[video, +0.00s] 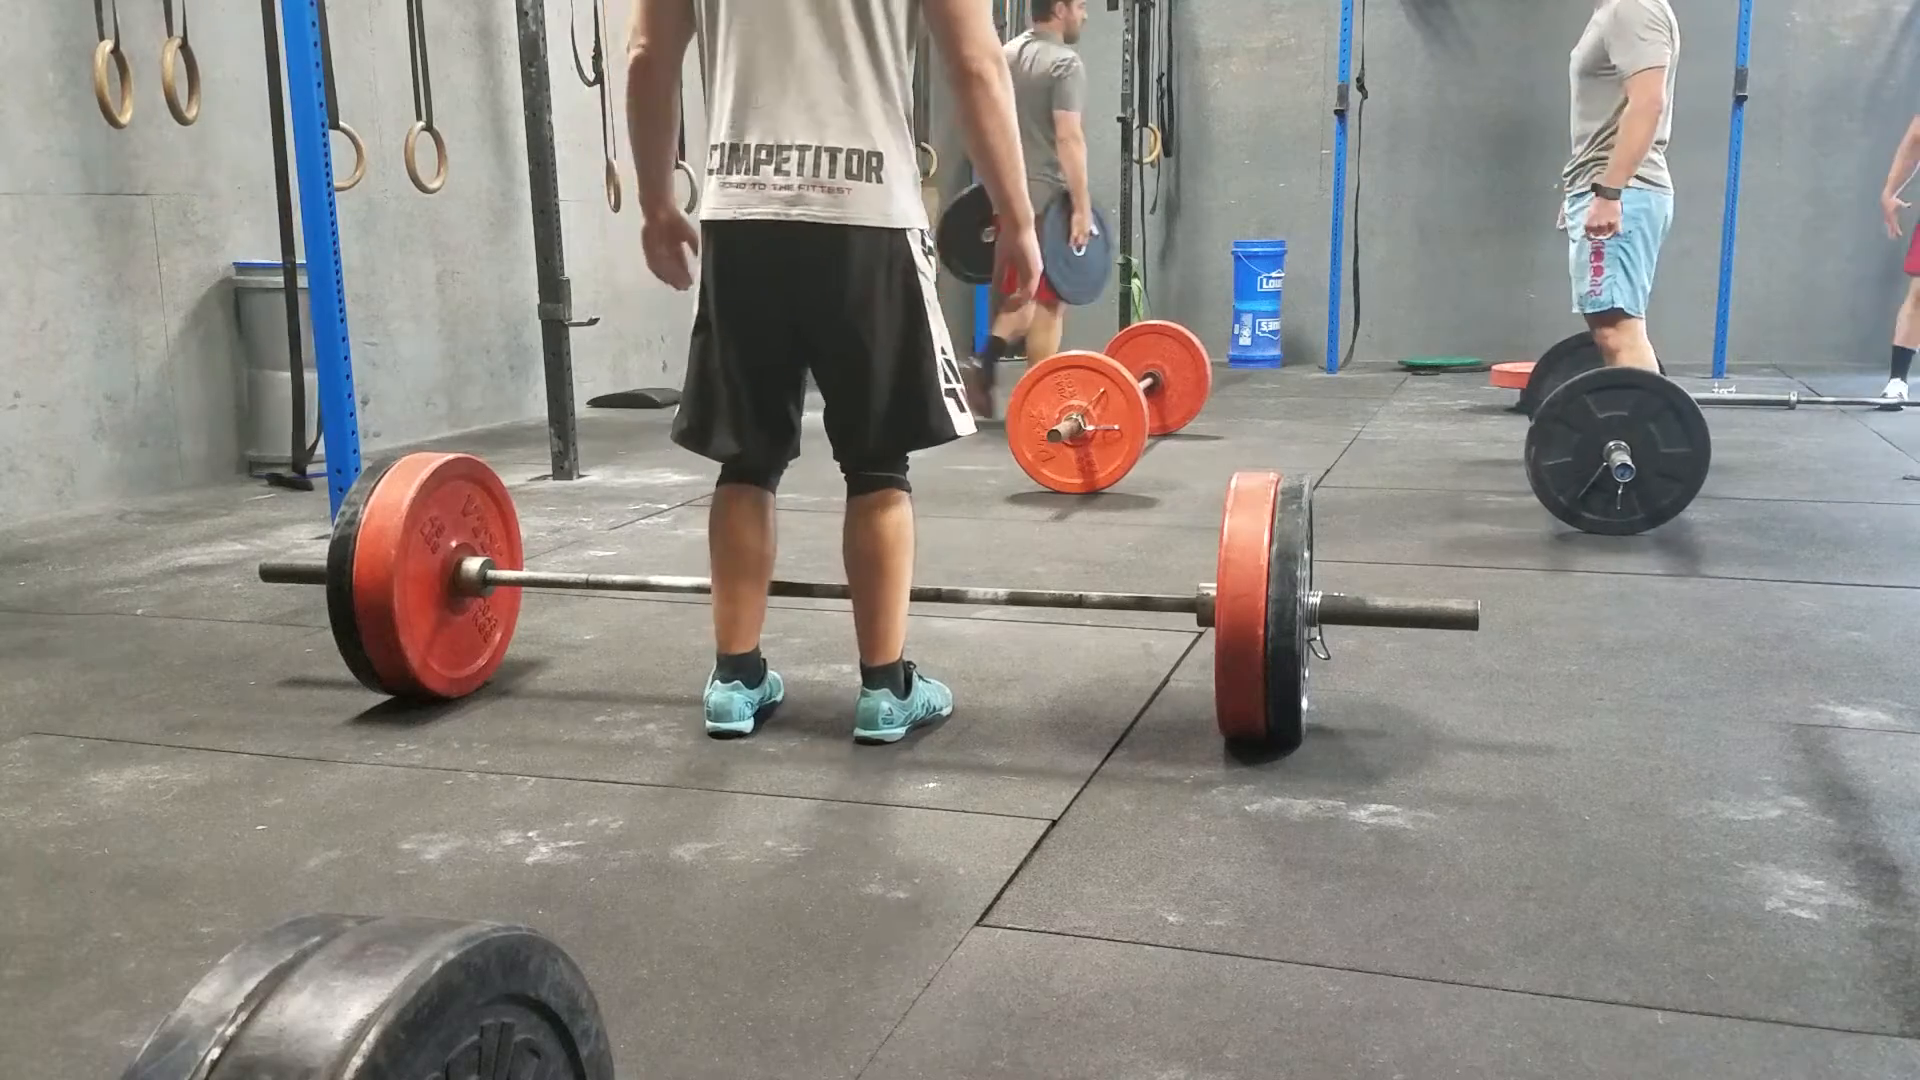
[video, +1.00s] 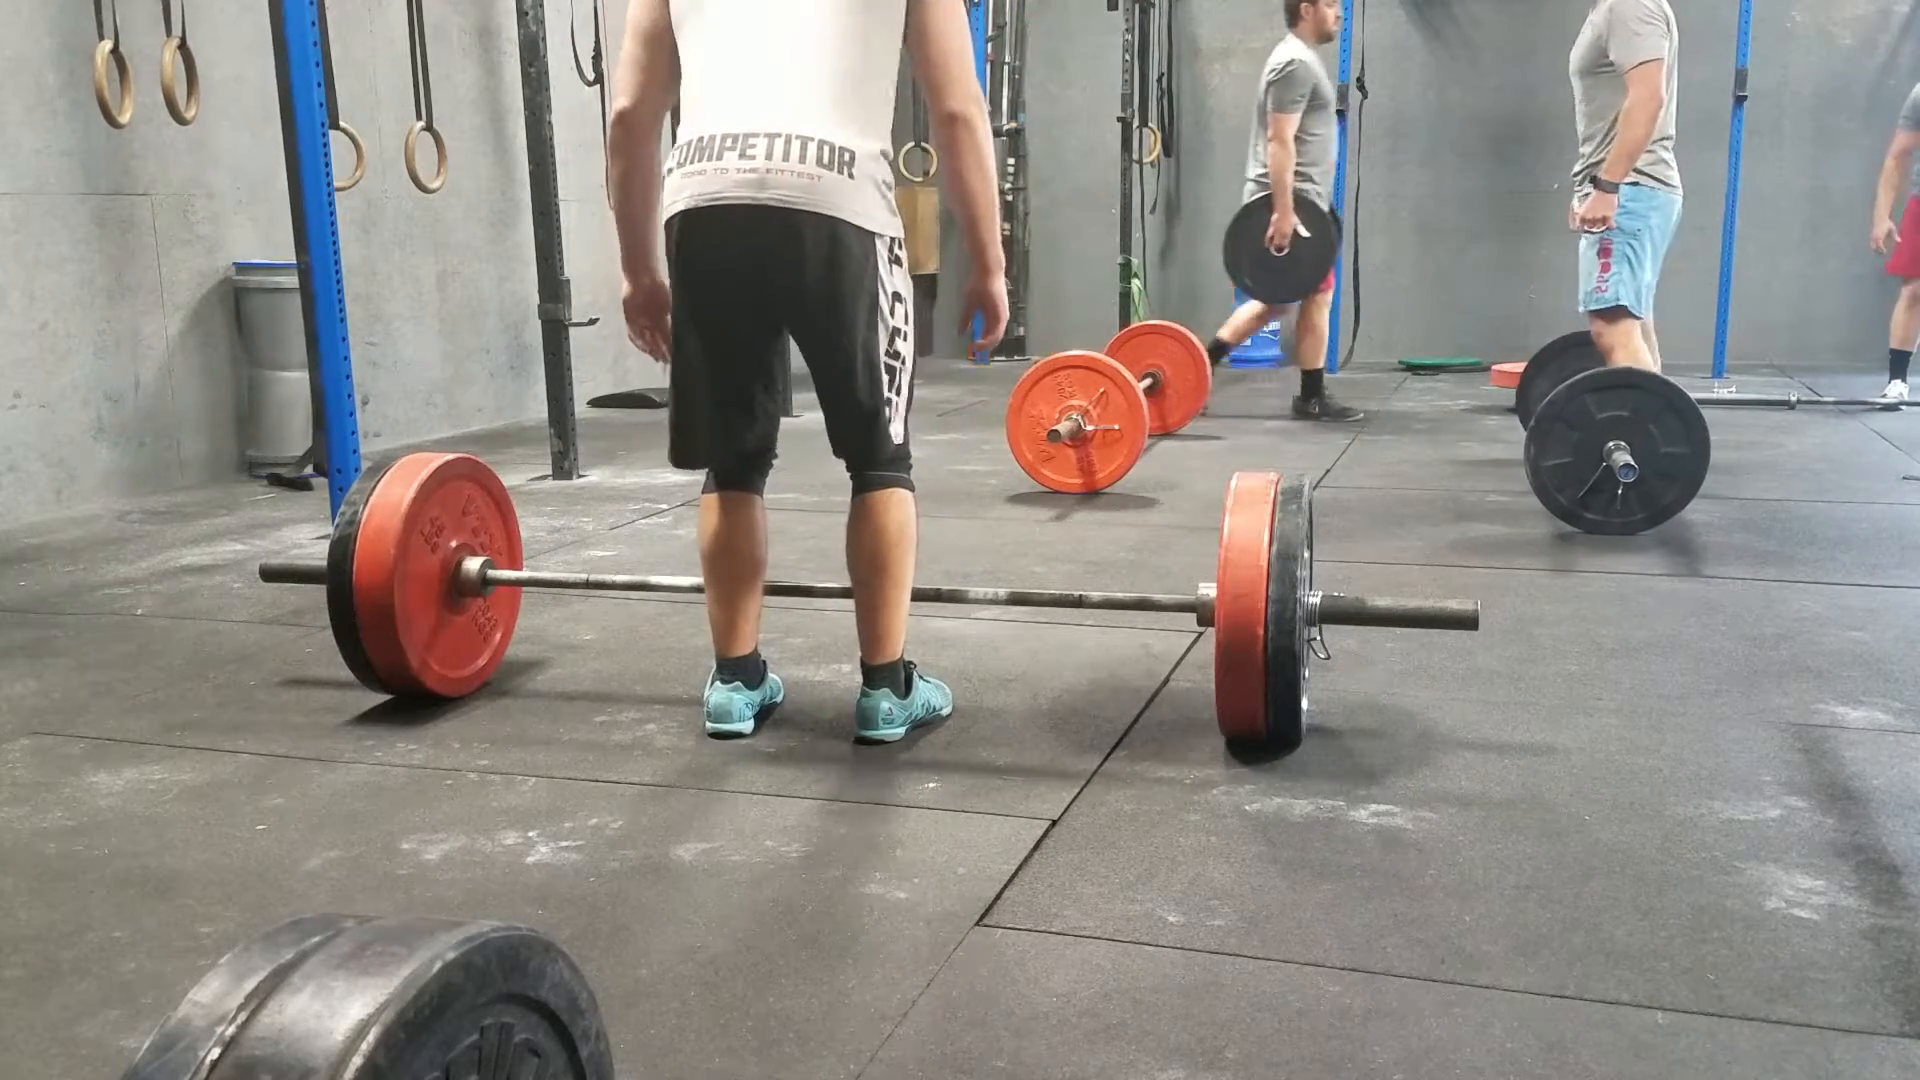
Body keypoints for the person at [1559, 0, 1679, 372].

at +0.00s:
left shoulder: (1633, 9)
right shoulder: (1615, 11)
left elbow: (1646, 103)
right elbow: (1615, 113)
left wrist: (1608, 192)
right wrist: (1580, 191)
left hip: (1621, 193)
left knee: (1618, 334)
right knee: (1618, 333)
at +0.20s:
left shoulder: (1629, 9)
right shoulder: (1610, 11)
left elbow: (1646, 102)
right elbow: (1634, 105)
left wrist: (1611, 190)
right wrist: (1595, 187)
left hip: (1620, 191)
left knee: (1616, 331)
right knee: (1614, 330)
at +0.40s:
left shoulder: (1627, 9)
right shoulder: (1609, 11)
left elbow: (1641, 103)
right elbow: (1631, 106)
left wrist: (1597, 188)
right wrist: (1590, 187)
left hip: (1621, 191)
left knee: (1614, 331)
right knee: (1613, 330)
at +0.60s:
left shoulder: (1630, 9)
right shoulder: (1615, 10)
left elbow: (1637, 105)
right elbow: (1628, 108)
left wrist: (1586, 187)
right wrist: (1582, 188)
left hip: (1616, 192)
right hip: (1613, 193)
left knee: (1611, 331)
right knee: (1613, 330)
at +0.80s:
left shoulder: (1631, 9)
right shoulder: (1618, 10)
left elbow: (1639, 103)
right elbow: (1627, 107)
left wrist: (1591, 187)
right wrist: (1582, 187)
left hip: (1621, 190)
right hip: (1619, 191)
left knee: (1596, 328)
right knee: (1597, 328)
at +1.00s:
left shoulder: (1631, 8)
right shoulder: (1615, 10)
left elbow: (1647, 99)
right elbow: (1619, 109)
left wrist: (1606, 186)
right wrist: (1587, 188)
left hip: (1630, 187)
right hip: (1636, 188)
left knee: (1613, 329)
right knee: (1632, 327)